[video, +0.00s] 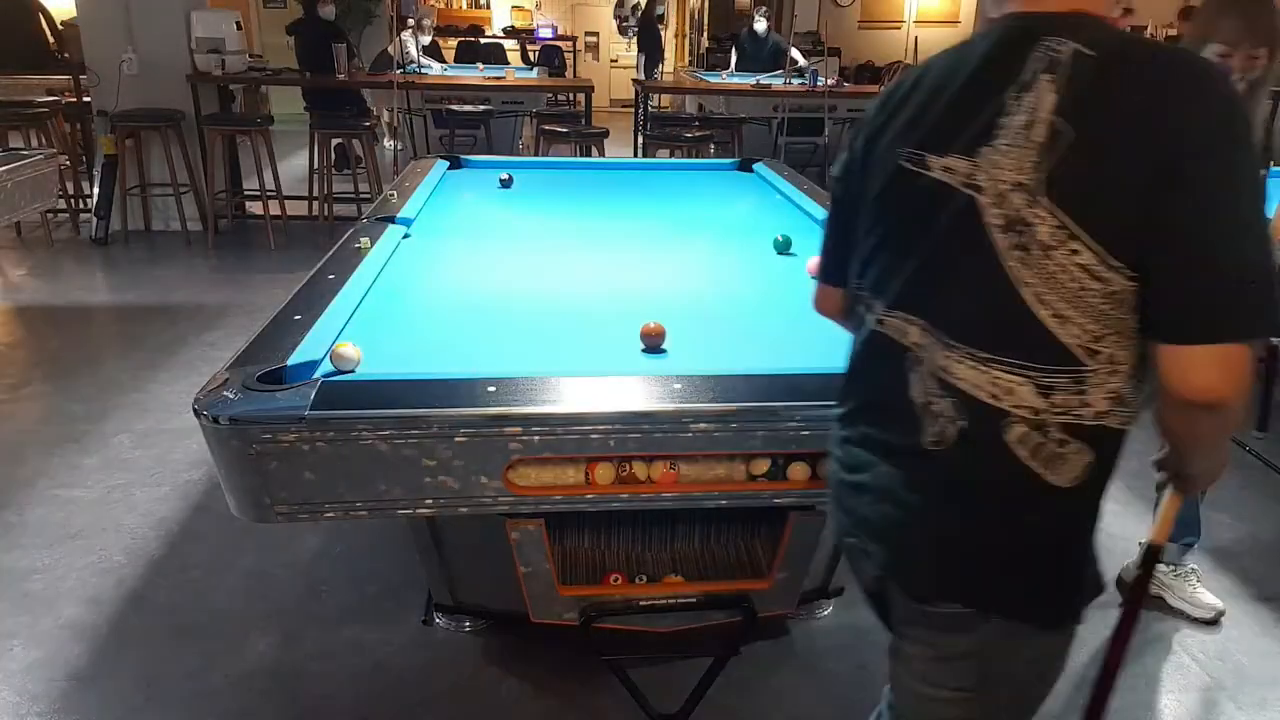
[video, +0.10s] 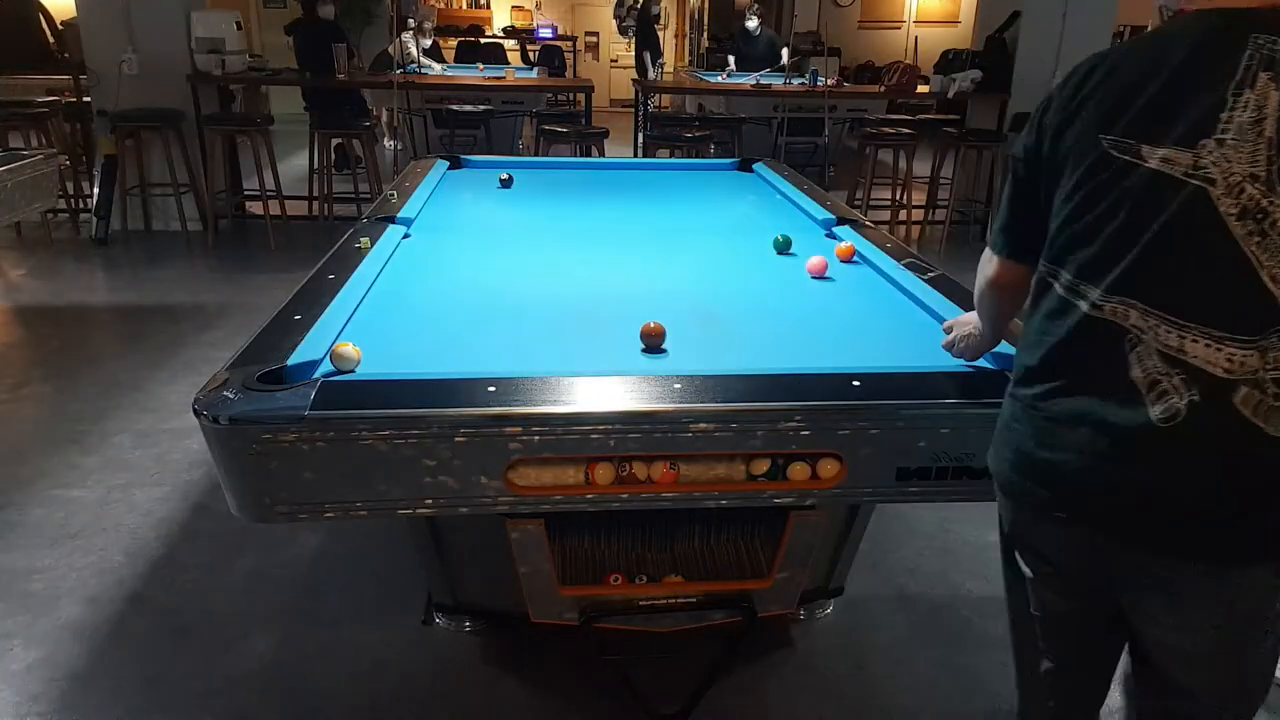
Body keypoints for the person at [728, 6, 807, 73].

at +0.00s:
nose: (757, 24)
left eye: (760, 21)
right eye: (755, 21)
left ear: (768, 23)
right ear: (752, 22)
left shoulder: (774, 38)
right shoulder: (745, 34)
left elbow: (789, 49)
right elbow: (735, 49)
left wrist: (801, 60)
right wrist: (732, 67)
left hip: (767, 79)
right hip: (743, 77)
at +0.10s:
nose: (749, 23)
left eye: (753, 20)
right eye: (747, 19)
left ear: (759, 20)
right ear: (744, 20)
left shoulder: (769, 35)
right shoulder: (740, 34)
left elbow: (784, 48)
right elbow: (731, 53)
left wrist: (785, 60)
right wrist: (732, 66)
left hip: (766, 78)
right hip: (743, 78)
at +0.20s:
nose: (744, 30)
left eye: (747, 27)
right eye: (741, 27)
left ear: (751, 25)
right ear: (737, 27)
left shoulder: (759, 34)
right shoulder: (734, 36)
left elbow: (765, 50)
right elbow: (729, 54)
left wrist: (763, 64)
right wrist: (728, 70)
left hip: (756, 72)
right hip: (739, 72)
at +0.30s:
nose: (747, 28)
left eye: (749, 25)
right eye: (744, 25)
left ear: (753, 22)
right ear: (739, 23)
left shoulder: (757, 33)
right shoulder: (734, 35)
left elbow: (759, 50)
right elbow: (731, 58)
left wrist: (759, 64)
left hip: (754, 73)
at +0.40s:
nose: (752, 24)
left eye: (755, 21)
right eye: (749, 21)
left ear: (758, 19)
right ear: (744, 19)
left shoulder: (760, 29)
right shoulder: (737, 30)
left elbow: (762, 47)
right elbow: (734, 54)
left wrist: (761, 62)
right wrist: (747, 70)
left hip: (756, 70)